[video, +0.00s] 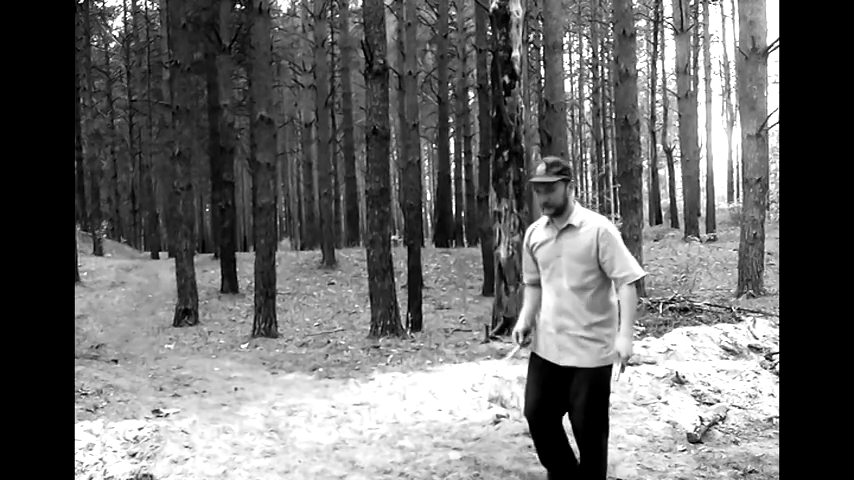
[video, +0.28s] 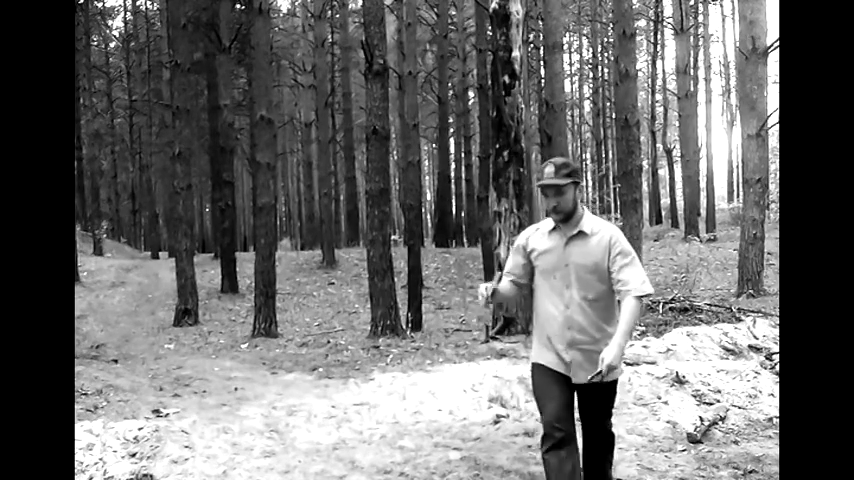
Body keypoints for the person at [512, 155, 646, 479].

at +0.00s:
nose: (543, 198)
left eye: (550, 189)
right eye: (538, 190)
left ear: (568, 186)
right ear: (533, 192)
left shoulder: (599, 230)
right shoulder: (533, 235)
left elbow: (627, 282)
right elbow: (532, 284)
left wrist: (625, 335)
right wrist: (526, 316)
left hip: (591, 353)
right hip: (547, 350)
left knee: (589, 431)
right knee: (539, 418)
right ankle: (564, 476)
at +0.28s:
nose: (552, 203)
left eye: (559, 193)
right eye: (546, 195)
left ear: (577, 190)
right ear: (540, 195)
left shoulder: (608, 237)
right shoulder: (530, 239)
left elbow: (633, 294)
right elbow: (513, 287)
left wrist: (618, 346)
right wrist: (496, 291)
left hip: (596, 356)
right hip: (548, 356)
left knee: (598, 436)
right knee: (556, 434)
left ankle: (599, 478)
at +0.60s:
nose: (537, 187)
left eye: (544, 177)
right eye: (530, 179)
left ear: (565, 171)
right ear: (523, 180)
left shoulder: (604, 222)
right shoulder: (518, 228)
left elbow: (632, 284)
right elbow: (507, 279)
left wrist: (630, 346)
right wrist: (507, 303)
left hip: (591, 365)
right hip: (537, 366)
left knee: (592, 454)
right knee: (550, 460)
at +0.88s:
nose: (519, 188)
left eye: (527, 177)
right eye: (513, 180)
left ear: (553, 169)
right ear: (508, 181)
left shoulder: (598, 227)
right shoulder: (507, 231)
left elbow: (633, 299)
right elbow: (494, 294)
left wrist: (650, 373)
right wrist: (474, 320)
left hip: (581, 382)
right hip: (528, 383)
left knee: (582, 472)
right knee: (547, 472)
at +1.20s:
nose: (484, 167)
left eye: (491, 154)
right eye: (482, 157)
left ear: (524, 151)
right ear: (520, 153)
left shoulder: (570, 211)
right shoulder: (496, 220)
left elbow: (598, 292)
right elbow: (492, 287)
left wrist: (588, 376)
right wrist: (444, 301)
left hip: (568, 392)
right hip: (508, 386)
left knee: (576, 475)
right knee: (485, 470)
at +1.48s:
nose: (436, 172)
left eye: (440, 159)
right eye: (436, 160)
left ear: (467, 161)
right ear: (466, 162)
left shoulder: (521, 217)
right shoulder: (481, 220)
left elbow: (528, 306)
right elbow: (481, 308)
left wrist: (475, 376)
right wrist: (429, 321)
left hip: (521, 413)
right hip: (475, 407)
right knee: (462, 472)